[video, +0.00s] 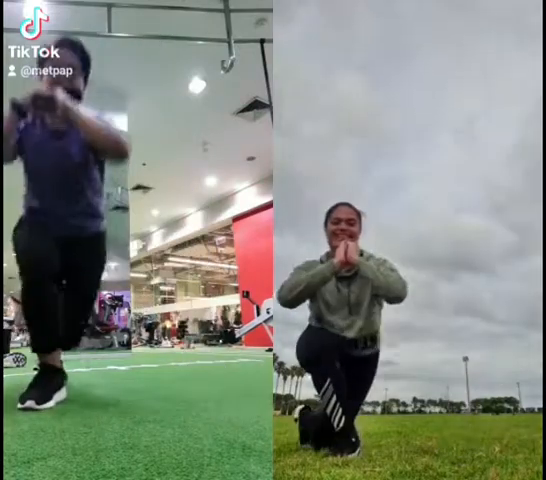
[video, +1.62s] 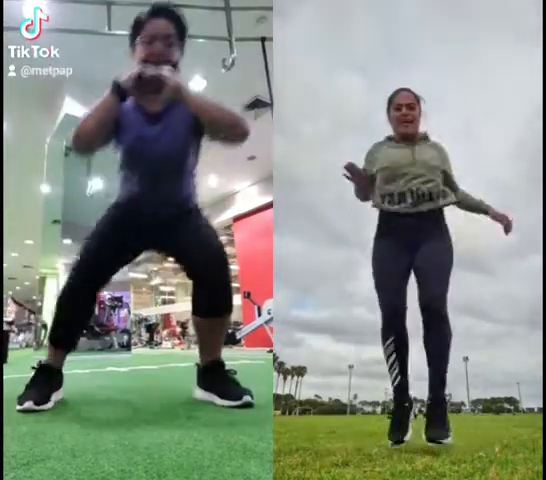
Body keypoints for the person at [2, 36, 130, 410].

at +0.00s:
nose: (54, 75)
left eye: (65, 68)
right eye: (48, 66)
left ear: (81, 79)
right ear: (37, 72)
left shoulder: (89, 121)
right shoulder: (27, 120)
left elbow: (120, 149)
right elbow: (4, 155)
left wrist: (69, 111)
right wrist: (15, 114)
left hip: (85, 230)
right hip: (38, 224)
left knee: (71, 329)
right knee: (36, 270)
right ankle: (51, 370)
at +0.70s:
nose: (41, 40)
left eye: (50, 32)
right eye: (33, 31)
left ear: (66, 42)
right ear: (22, 39)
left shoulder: (81, 87)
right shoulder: (16, 90)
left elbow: (125, 111)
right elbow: (4, 126)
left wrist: (67, 76)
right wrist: (9, 81)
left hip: (96, 200)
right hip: (48, 200)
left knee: (95, 294)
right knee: (44, 277)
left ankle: (71, 338)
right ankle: (48, 368)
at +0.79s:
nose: (51, 30)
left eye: (60, 23)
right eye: (44, 22)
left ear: (74, 33)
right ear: (30, 30)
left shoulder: (89, 78)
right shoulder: (21, 82)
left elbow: (133, 106)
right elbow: (5, 119)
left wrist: (77, 65)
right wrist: (14, 74)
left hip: (101, 195)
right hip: (52, 196)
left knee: (122, 276)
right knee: (45, 276)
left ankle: (98, 329)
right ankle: (48, 371)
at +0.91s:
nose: (61, 32)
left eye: (70, 25)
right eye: (55, 24)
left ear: (85, 32)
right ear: (44, 29)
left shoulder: (99, 78)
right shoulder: (31, 80)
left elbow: (144, 109)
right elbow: (5, 119)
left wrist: (90, 67)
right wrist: (24, 71)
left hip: (107, 196)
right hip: (57, 198)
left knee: (144, 260)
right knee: (45, 275)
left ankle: (143, 344)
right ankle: (48, 371)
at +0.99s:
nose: (76, 40)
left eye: (85, 33)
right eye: (69, 30)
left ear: (98, 41)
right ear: (55, 34)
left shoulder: (112, 88)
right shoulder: (42, 90)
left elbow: (159, 116)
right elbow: (10, 129)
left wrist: (107, 77)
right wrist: (43, 76)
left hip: (117, 203)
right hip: (66, 205)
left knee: (163, 263)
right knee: (46, 278)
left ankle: (187, 354)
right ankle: (49, 372)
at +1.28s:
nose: (116, 78)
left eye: (125, 70)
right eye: (107, 70)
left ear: (137, 79)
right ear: (91, 79)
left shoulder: (150, 124)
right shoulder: (80, 127)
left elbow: (197, 157)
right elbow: (44, 172)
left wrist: (140, 118)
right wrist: (81, 122)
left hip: (151, 235)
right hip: (97, 237)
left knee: (199, 271)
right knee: (50, 272)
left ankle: (210, 370)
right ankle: (49, 372)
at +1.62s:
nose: (157, 50)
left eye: (167, 42)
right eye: (149, 41)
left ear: (180, 52)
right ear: (135, 49)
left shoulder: (191, 105)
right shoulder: (122, 104)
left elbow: (239, 131)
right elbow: (81, 144)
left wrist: (183, 94)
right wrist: (118, 92)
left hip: (181, 216)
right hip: (129, 215)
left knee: (214, 271)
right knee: (84, 277)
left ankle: (212, 372)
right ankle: (50, 371)